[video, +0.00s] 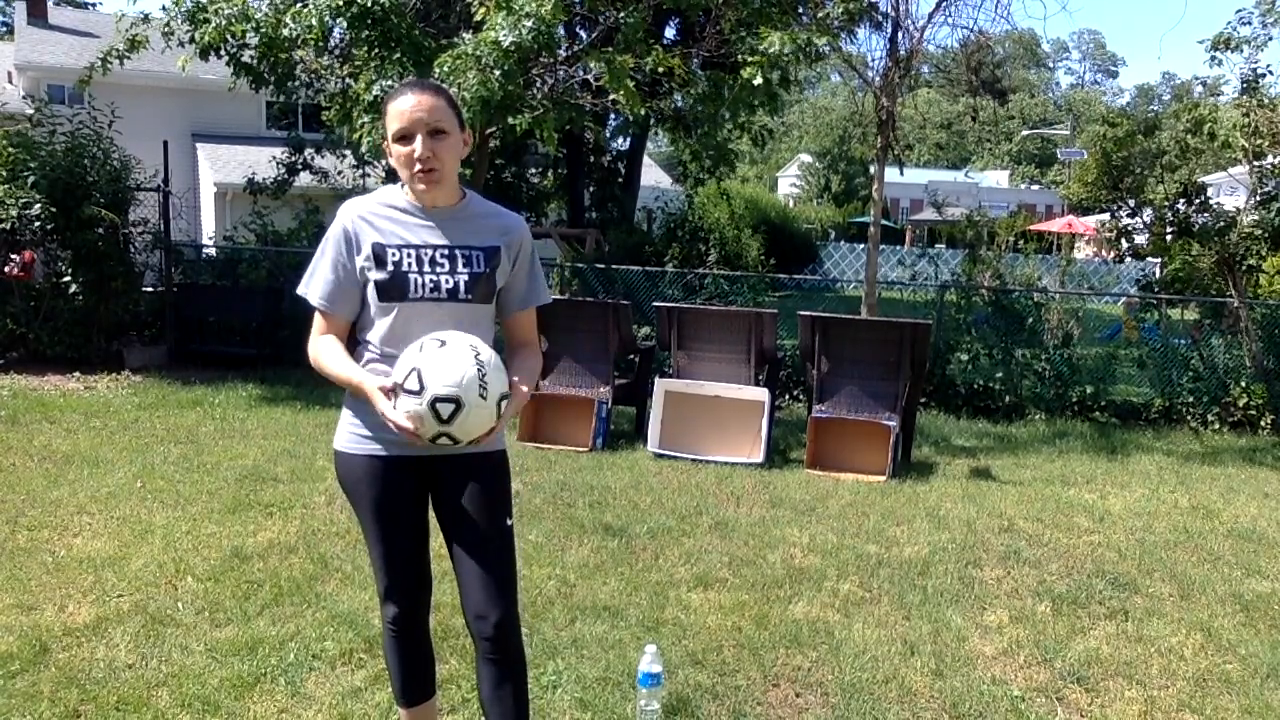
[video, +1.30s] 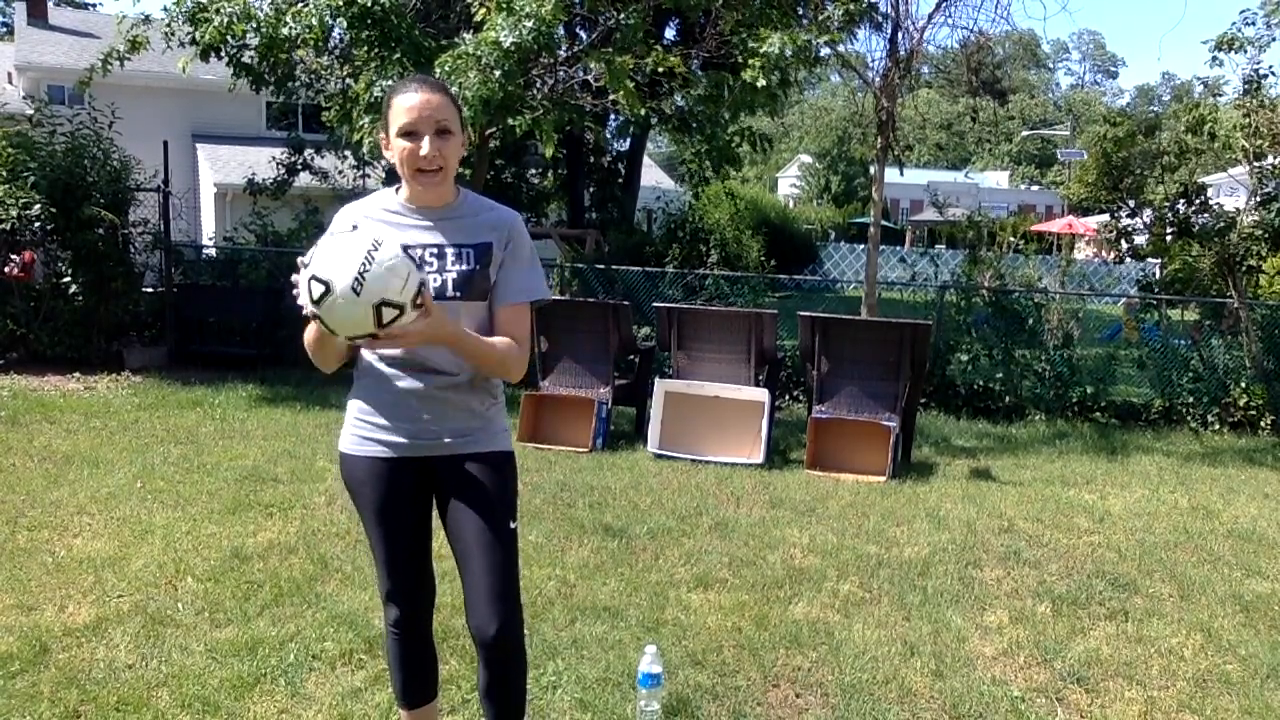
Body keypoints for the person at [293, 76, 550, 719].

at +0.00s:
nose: (422, 148)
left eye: (437, 133)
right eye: (405, 136)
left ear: (464, 141)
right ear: (388, 150)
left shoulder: (505, 230)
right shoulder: (357, 223)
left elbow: (524, 340)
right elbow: (322, 342)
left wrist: (519, 386)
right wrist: (366, 384)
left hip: (474, 448)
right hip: (378, 448)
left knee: (495, 621)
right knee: (403, 610)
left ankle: (510, 718)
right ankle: (419, 714)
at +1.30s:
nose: (428, 147)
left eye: (443, 132)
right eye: (410, 133)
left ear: (463, 142)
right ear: (387, 146)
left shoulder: (502, 227)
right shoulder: (355, 222)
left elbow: (514, 360)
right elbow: (327, 358)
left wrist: (446, 333)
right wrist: (328, 306)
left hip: (476, 440)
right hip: (380, 439)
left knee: (497, 625)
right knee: (405, 611)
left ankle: (506, 718)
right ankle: (420, 716)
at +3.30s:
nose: (397, 140)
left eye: (412, 126)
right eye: (380, 127)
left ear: (434, 140)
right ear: (357, 141)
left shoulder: (478, 221)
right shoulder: (331, 227)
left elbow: (526, 323)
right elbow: (308, 359)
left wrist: (526, 348)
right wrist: (372, 340)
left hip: (470, 440)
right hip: (374, 444)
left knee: (494, 619)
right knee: (401, 611)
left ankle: (505, 718)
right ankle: (419, 715)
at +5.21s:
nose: (419, 154)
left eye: (433, 139)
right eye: (402, 141)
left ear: (453, 148)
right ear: (379, 151)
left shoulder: (490, 232)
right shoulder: (348, 227)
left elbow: (542, 360)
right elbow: (292, 354)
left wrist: (517, 324)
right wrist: (336, 312)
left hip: (468, 438)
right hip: (374, 437)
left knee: (491, 619)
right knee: (400, 607)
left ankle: (504, 718)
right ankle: (420, 716)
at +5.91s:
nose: (421, 150)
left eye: (434, 136)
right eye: (405, 138)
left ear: (457, 146)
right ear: (383, 154)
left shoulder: (493, 234)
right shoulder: (351, 226)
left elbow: (534, 362)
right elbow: (288, 351)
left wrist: (499, 327)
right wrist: (321, 310)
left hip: (467, 441)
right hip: (374, 441)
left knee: (489, 621)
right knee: (400, 610)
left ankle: (502, 719)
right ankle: (419, 716)